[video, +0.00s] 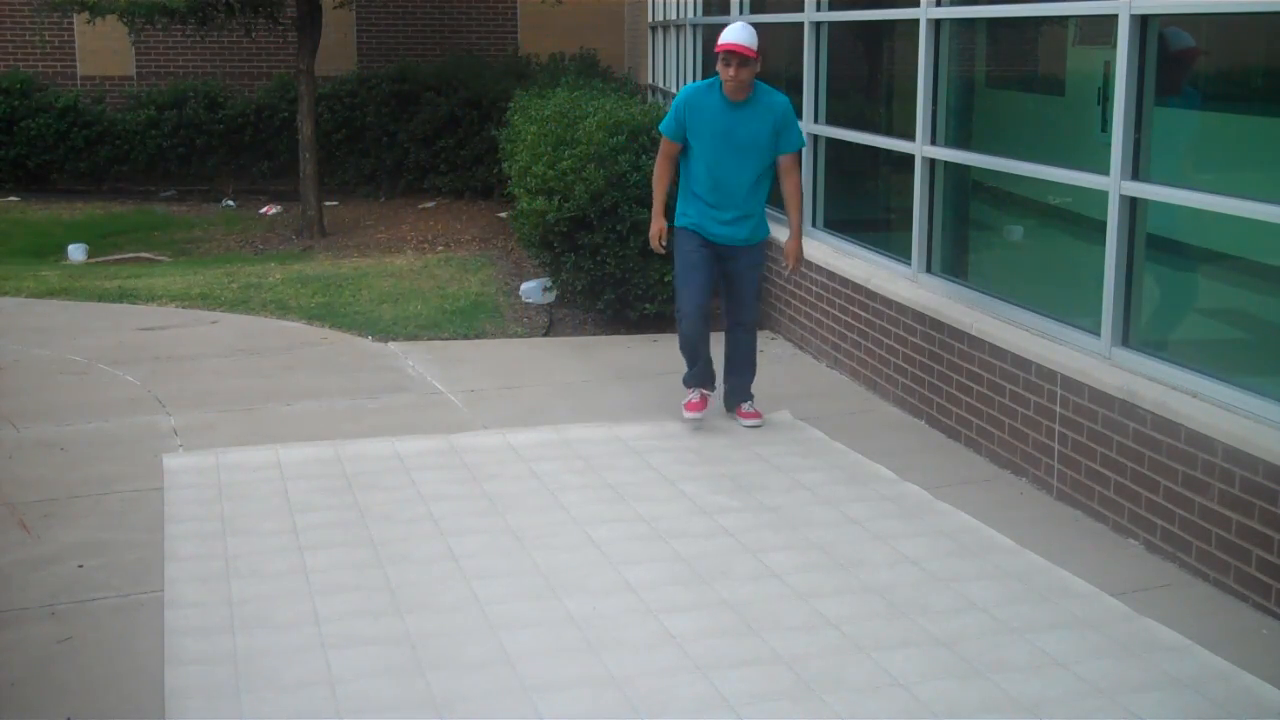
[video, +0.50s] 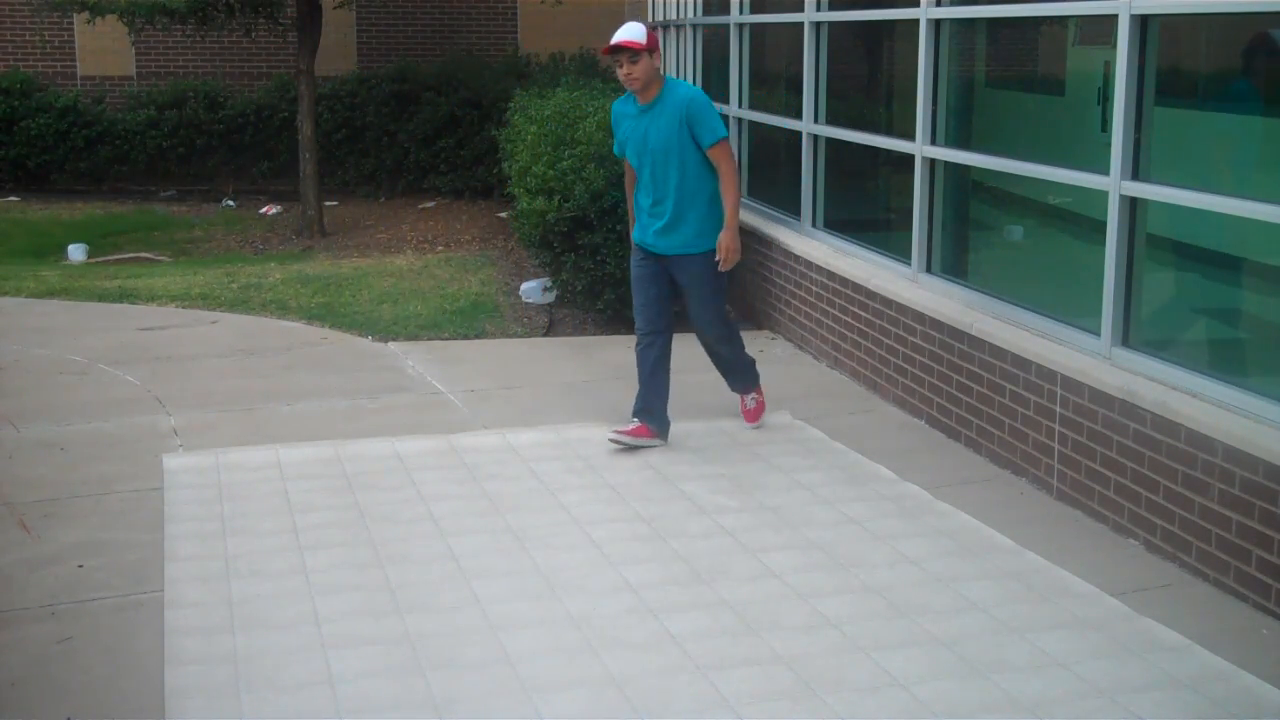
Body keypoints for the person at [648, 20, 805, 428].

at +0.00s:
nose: (732, 72)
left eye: (741, 64)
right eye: (725, 63)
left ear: (756, 65)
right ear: (716, 63)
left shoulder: (778, 108)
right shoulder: (691, 99)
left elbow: (789, 173)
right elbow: (666, 157)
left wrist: (795, 234)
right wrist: (657, 215)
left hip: (747, 231)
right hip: (694, 226)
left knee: (743, 319)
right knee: (690, 314)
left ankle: (739, 397)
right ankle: (699, 386)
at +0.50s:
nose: (625, 69)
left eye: (633, 59)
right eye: (619, 62)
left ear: (656, 58)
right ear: (614, 67)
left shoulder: (690, 100)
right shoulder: (622, 110)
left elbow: (726, 163)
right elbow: (631, 173)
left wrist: (731, 228)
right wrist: (635, 227)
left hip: (696, 240)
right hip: (647, 240)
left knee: (710, 325)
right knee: (649, 332)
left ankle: (746, 385)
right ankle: (651, 421)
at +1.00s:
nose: (525, 70)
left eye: (535, 61)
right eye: (521, 61)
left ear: (562, 62)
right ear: (519, 62)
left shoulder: (588, 106)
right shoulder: (532, 104)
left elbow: (640, 165)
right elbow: (531, 165)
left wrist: (626, 231)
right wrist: (509, 209)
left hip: (584, 245)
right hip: (558, 244)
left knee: (542, 342)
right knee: (600, 338)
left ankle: (507, 442)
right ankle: (645, 418)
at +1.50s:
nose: (385, 62)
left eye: (393, 56)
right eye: (387, 54)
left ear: (420, 64)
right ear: (414, 64)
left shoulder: (463, 114)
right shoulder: (412, 107)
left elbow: (494, 194)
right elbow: (428, 187)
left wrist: (493, 263)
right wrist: (419, 243)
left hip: (458, 269)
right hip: (417, 262)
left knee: (476, 362)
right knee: (390, 358)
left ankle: (497, 448)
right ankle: (350, 455)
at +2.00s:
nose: (311, 82)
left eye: (321, 73)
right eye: (303, 72)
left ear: (347, 65)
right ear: (295, 66)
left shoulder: (384, 107)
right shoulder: (287, 100)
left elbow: (410, 191)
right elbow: (243, 166)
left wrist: (366, 138)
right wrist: (290, 115)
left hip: (361, 273)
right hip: (301, 268)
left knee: (326, 388)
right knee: (316, 384)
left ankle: (300, 508)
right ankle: (341, 475)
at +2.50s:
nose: (303, 83)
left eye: (315, 76)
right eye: (293, 74)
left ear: (336, 71)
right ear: (279, 65)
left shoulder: (368, 103)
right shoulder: (253, 104)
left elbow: (396, 184)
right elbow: (218, 179)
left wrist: (351, 118)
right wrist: (260, 107)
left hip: (344, 288)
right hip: (273, 283)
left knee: (317, 422)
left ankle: (292, 526)